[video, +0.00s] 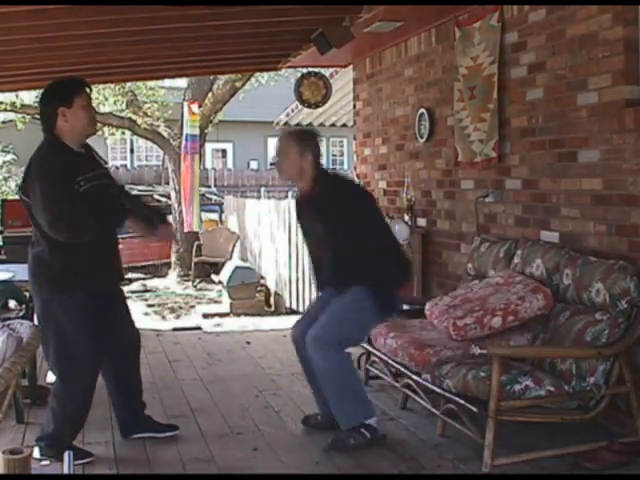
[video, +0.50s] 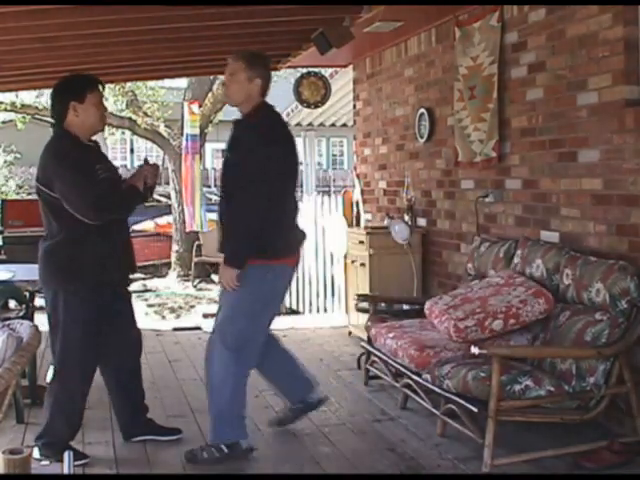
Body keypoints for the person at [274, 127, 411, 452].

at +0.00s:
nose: (276, 163)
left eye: (281, 155)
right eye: (276, 156)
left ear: (306, 157)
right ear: (299, 159)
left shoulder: (346, 193)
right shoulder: (304, 202)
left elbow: (380, 244)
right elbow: (322, 251)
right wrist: (328, 290)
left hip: (375, 286)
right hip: (340, 285)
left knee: (321, 340)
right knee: (302, 334)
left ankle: (364, 425)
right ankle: (333, 413)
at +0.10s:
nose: (269, 132)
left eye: (276, 123)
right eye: (270, 124)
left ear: (298, 127)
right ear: (289, 129)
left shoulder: (330, 169)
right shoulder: (296, 172)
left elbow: (349, 229)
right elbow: (303, 230)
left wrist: (349, 290)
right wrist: (295, 279)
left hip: (347, 273)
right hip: (325, 272)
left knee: (302, 335)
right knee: (294, 337)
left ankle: (352, 412)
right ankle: (332, 411)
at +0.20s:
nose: (260, 110)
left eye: (266, 103)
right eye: (261, 103)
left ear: (291, 107)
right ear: (284, 109)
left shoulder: (312, 150)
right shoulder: (287, 151)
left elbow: (324, 216)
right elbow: (288, 214)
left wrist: (305, 275)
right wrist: (256, 252)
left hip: (333, 260)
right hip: (323, 259)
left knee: (279, 327)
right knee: (308, 339)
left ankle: (311, 412)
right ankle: (342, 411)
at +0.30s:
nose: (250, 96)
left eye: (257, 88)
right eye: (249, 89)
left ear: (281, 93)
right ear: (272, 96)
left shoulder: (298, 134)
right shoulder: (271, 137)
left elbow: (299, 203)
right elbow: (268, 205)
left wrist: (274, 258)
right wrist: (236, 241)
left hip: (309, 254)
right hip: (298, 253)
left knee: (262, 334)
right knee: (300, 342)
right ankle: (338, 409)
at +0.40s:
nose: (236, 91)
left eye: (244, 84)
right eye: (237, 84)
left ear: (269, 90)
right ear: (263, 92)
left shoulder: (278, 133)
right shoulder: (264, 131)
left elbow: (275, 203)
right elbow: (260, 200)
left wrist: (243, 249)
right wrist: (236, 244)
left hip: (282, 256)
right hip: (279, 255)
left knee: (241, 343)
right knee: (281, 340)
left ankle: (232, 439)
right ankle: (332, 399)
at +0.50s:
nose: (224, 84)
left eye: (231, 77)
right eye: (225, 77)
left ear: (256, 83)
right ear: (254, 85)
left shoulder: (259, 129)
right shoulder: (260, 125)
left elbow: (251, 199)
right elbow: (250, 196)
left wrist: (233, 259)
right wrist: (231, 250)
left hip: (264, 255)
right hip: (268, 253)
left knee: (226, 345)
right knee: (247, 335)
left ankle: (229, 440)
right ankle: (305, 394)